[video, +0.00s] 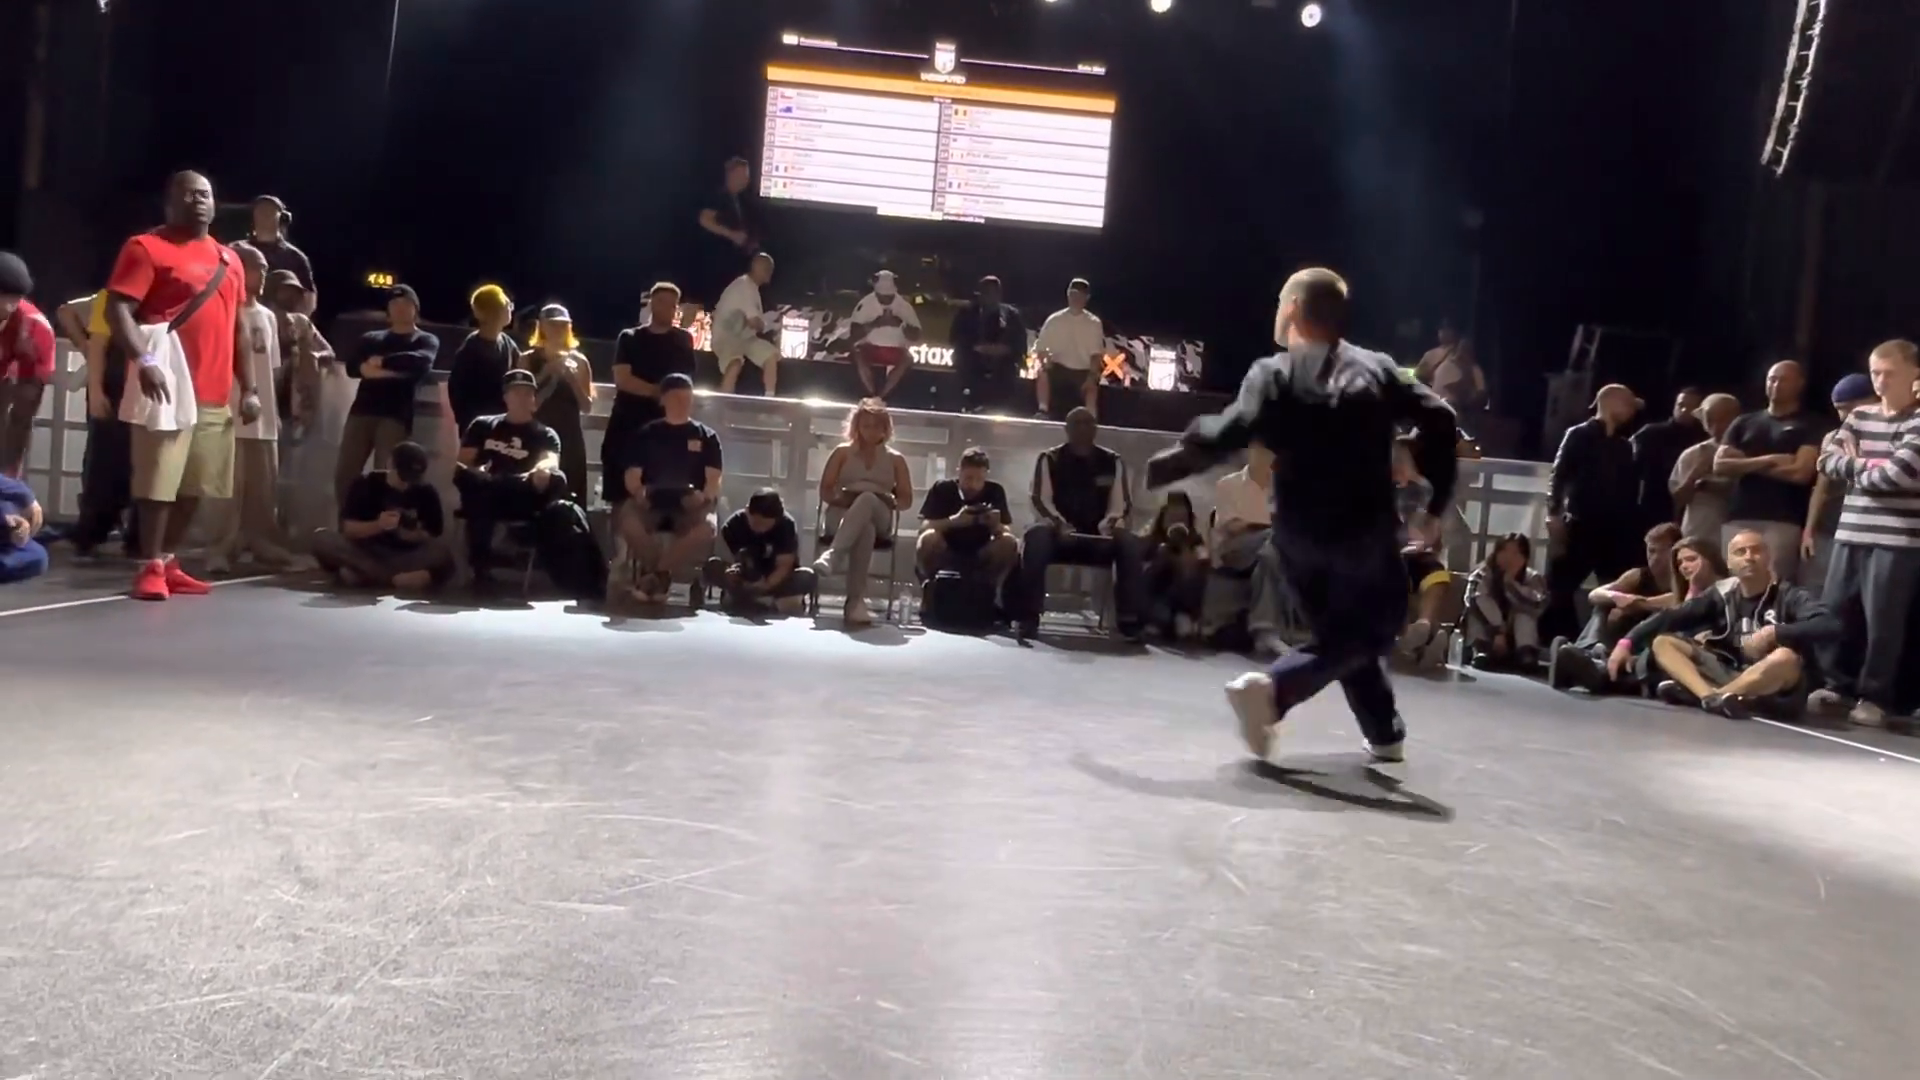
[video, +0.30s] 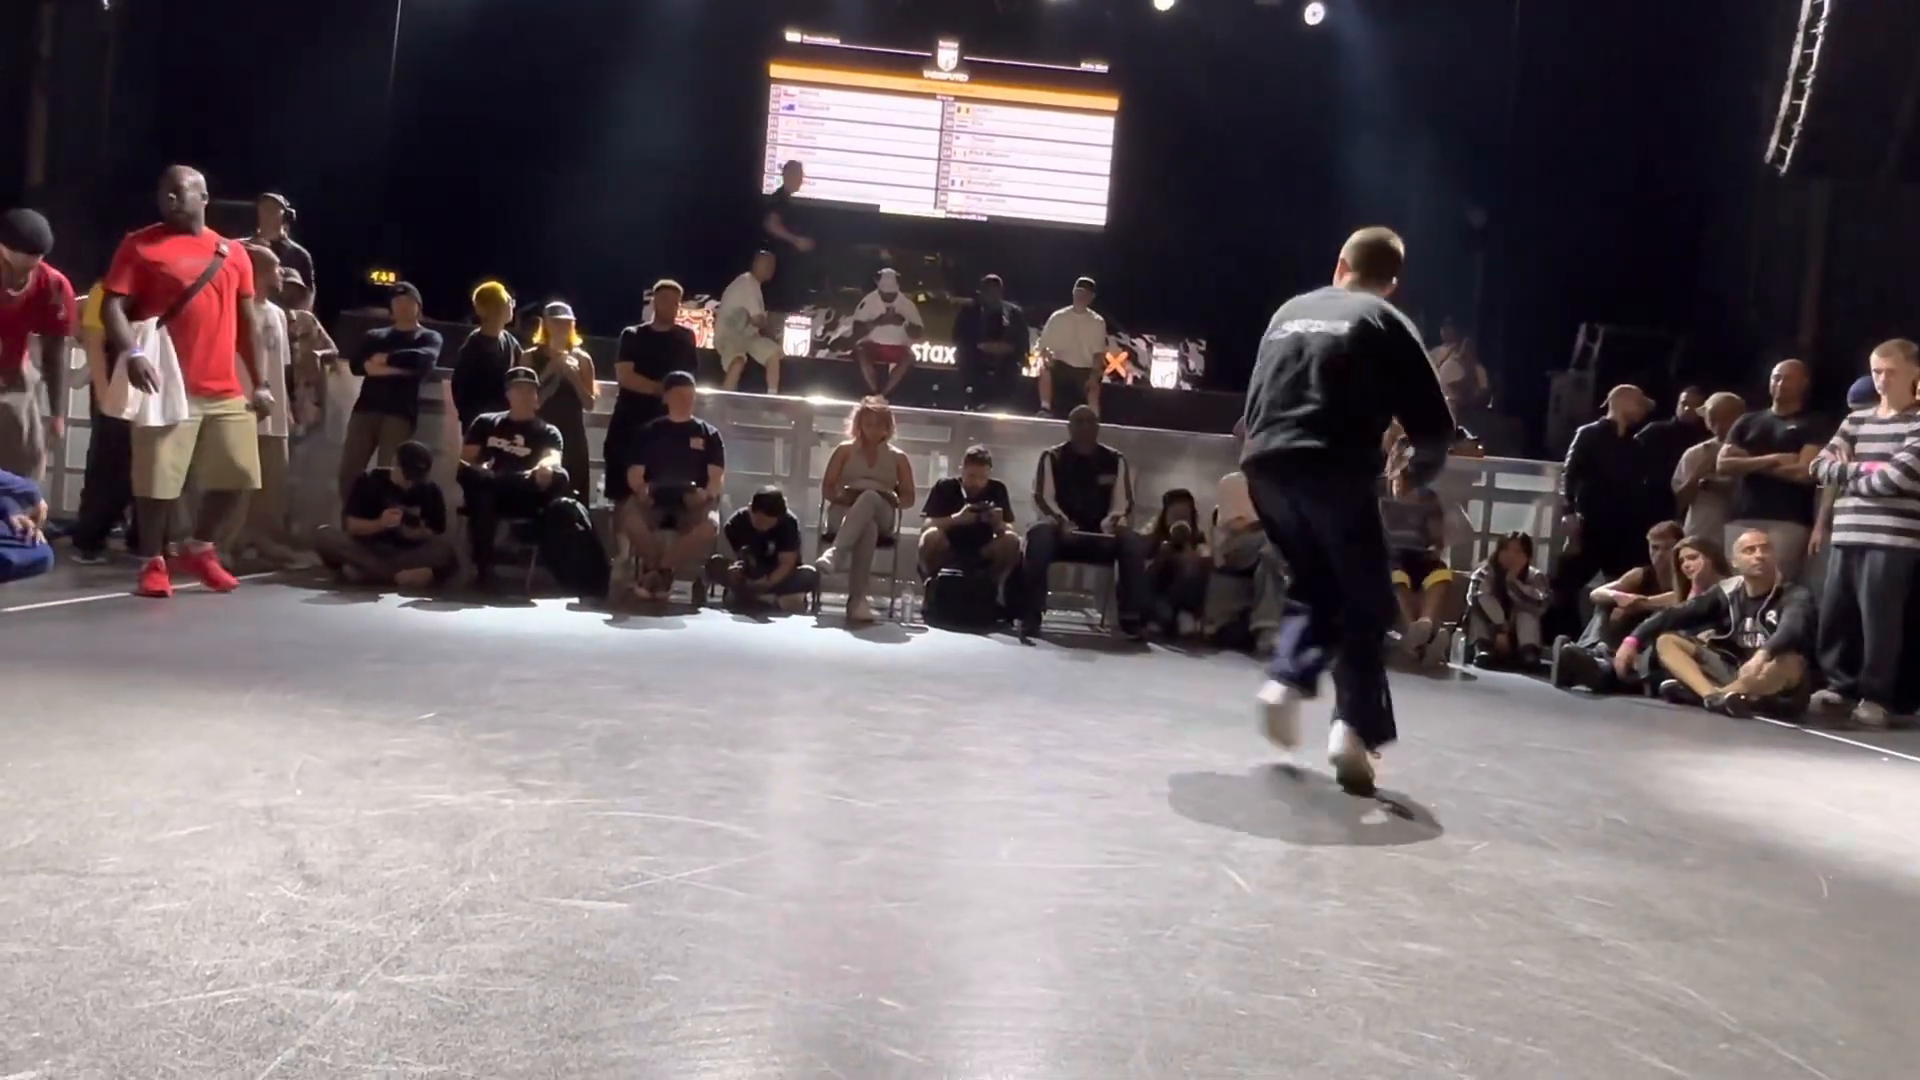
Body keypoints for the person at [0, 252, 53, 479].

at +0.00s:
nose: (6, 306)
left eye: (11, 298)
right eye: (4, 297)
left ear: (18, 299)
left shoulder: (33, 328)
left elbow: (23, 412)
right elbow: (22, 412)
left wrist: (8, 469)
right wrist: (9, 469)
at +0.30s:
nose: (26, 270)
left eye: (34, 262)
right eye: (19, 261)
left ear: (41, 257)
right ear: (3, 252)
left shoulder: (52, 286)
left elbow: (54, 352)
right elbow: (53, 352)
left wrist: (57, 412)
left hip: (15, 377)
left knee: (25, 458)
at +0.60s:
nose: (42, 235)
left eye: (51, 229)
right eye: (36, 226)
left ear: (60, 231)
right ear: (18, 223)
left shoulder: (65, 268)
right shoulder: (4, 257)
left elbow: (65, 328)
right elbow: (1, 323)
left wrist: (73, 387)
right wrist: (1, 380)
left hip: (37, 369)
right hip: (2, 366)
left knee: (40, 451)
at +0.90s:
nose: (63, 219)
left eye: (69, 212)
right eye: (56, 211)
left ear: (74, 216)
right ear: (36, 209)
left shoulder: (76, 255)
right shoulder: (11, 244)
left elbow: (68, 314)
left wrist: (67, 373)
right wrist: (6, 272)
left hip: (49, 354)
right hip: (11, 350)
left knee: (40, 439)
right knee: (11, 433)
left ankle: (33, 517)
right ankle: (8, 517)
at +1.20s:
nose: (71, 228)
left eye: (76, 221)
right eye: (63, 221)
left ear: (82, 221)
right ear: (43, 219)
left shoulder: (86, 258)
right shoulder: (20, 258)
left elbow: (81, 317)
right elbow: (1, 322)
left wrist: (81, 369)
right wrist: (20, 361)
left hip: (61, 366)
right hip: (20, 366)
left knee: (60, 455)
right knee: (15, 453)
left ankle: (43, 540)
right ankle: (12, 534)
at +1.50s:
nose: (69, 251)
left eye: (73, 243)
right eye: (61, 244)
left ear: (80, 241)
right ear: (42, 244)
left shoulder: (85, 262)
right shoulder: (25, 278)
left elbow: (89, 312)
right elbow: (15, 348)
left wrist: (99, 362)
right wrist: (36, 385)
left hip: (62, 363)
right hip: (22, 366)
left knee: (53, 452)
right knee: (12, 444)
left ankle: (36, 541)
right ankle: (5, 535)